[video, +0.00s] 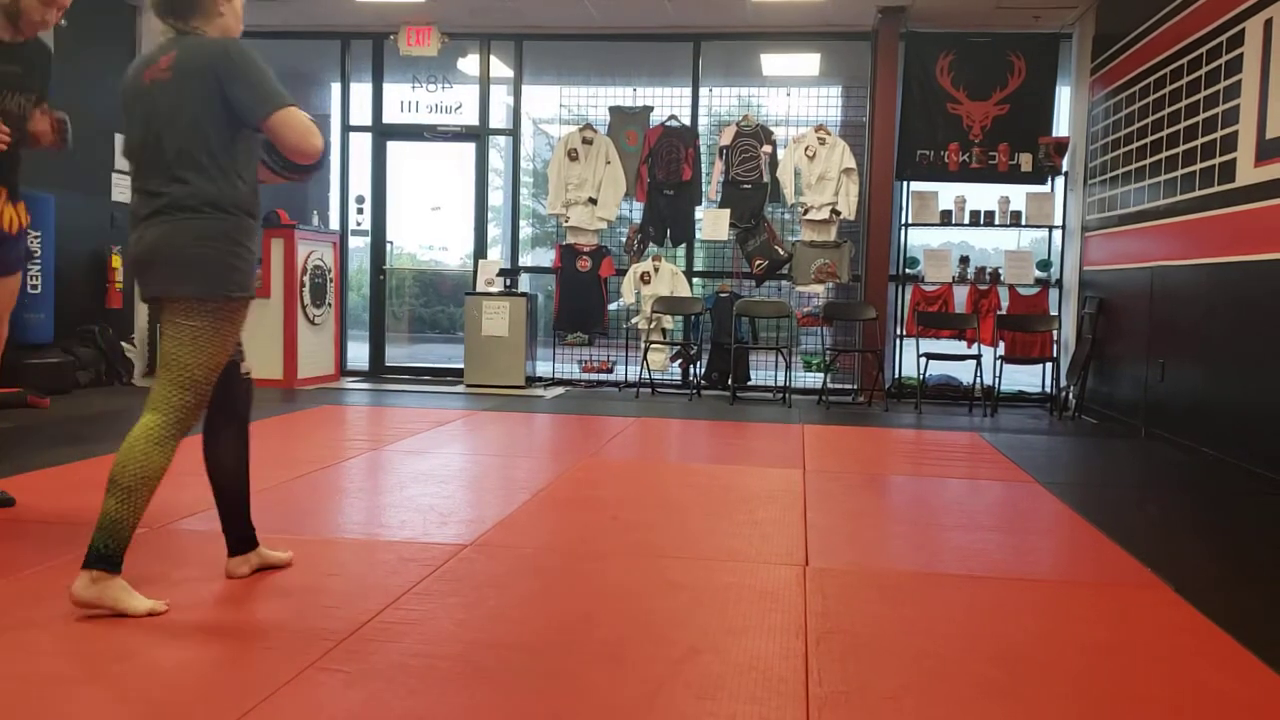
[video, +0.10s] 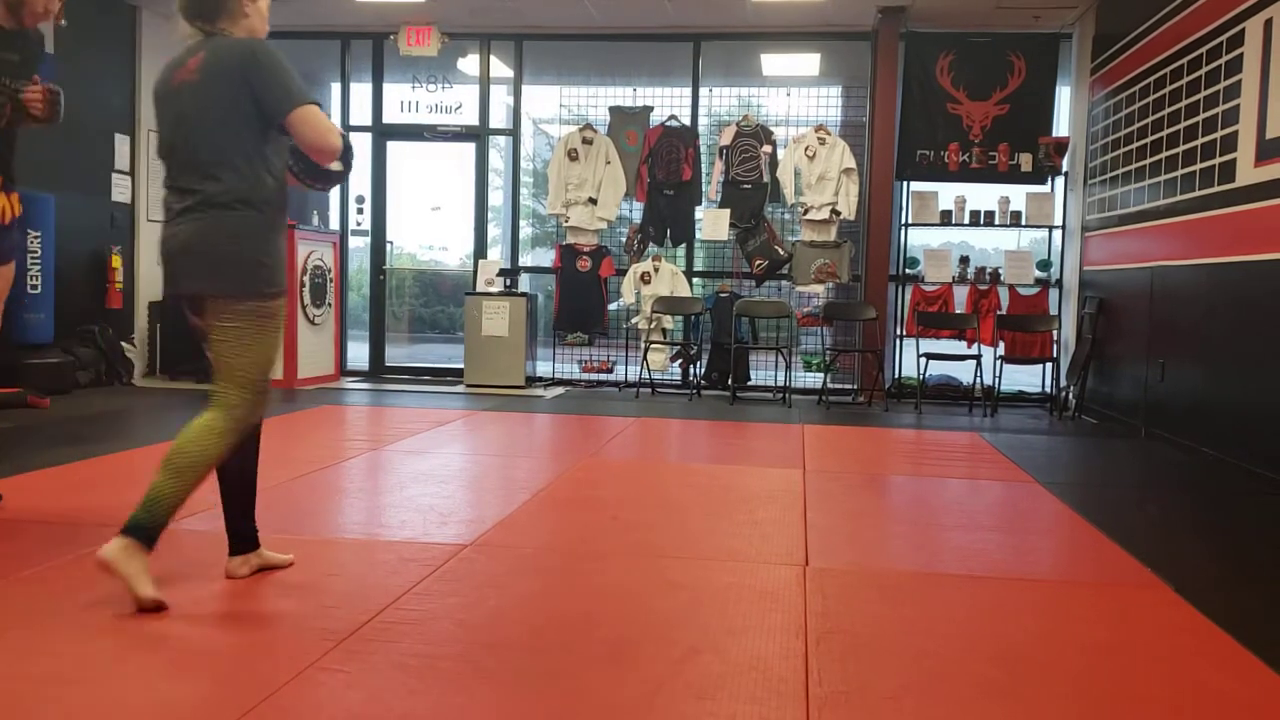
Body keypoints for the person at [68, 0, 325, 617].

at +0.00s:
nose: (242, 12)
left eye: (239, 3)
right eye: (236, 4)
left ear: (175, 13)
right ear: (217, 7)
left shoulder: (140, 72)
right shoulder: (228, 55)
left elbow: (144, 162)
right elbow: (306, 144)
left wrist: (244, 157)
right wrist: (263, 147)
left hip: (156, 249)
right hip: (214, 249)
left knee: (228, 393)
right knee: (170, 411)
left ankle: (243, 547)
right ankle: (98, 573)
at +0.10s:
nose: (268, 12)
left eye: (266, 3)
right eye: (263, 4)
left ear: (202, 13)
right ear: (245, 7)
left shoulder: (173, 73)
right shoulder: (254, 55)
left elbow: (200, 159)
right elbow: (326, 143)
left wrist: (283, 160)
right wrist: (319, 153)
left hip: (188, 251)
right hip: (244, 253)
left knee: (242, 398)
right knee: (233, 405)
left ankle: (244, 547)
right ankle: (133, 542)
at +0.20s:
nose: (294, 17)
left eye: (291, 8)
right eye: (290, 7)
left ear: (231, 15)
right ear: (269, 9)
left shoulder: (205, 73)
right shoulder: (274, 57)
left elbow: (234, 158)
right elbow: (340, 141)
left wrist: (310, 165)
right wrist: (350, 137)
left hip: (209, 254)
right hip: (270, 255)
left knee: (248, 394)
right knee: (304, 395)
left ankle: (243, 545)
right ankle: (201, 522)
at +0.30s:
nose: (321, 20)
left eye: (319, 10)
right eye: (317, 10)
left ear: (256, 17)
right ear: (295, 12)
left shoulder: (232, 76)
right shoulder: (296, 63)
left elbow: (267, 154)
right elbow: (357, 147)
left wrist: (338, 168)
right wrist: (375, 140)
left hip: (231, 251)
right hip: (292, 252)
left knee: (258, 389)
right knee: (348, 385)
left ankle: (243, 548)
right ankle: (288, 529)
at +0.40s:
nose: (346, 37)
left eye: (345, 25)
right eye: (343, 25)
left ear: (283, 27)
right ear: (321, 22)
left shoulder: (259, 82)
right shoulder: (320, 70)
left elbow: (297, 162)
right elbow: (374, 156)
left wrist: (364, 171)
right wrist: (390, 155)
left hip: (256, 253)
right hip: (317, 253)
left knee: (265, 393)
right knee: (366, 387)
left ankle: (245, 547)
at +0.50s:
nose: (373, 45)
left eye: (372, 35)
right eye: (371, 34)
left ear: (310, 38)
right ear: (352, 32)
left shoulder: (289, 93)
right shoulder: (349, 80)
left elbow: (326, 171)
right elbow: (400, 170)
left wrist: (396, 173)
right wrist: (419, 157)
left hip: (284, 259)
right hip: (347, 260)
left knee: (279, 395)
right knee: (388, 397)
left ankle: (245, 545)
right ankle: (429, 524)